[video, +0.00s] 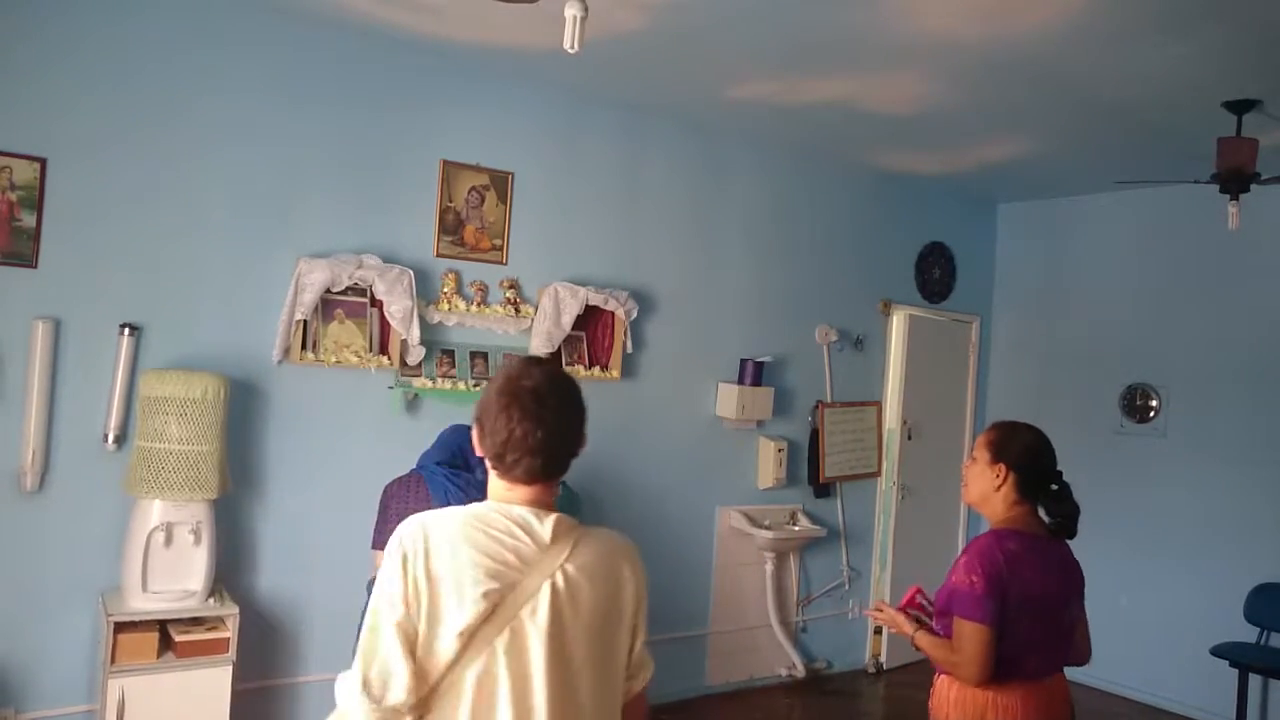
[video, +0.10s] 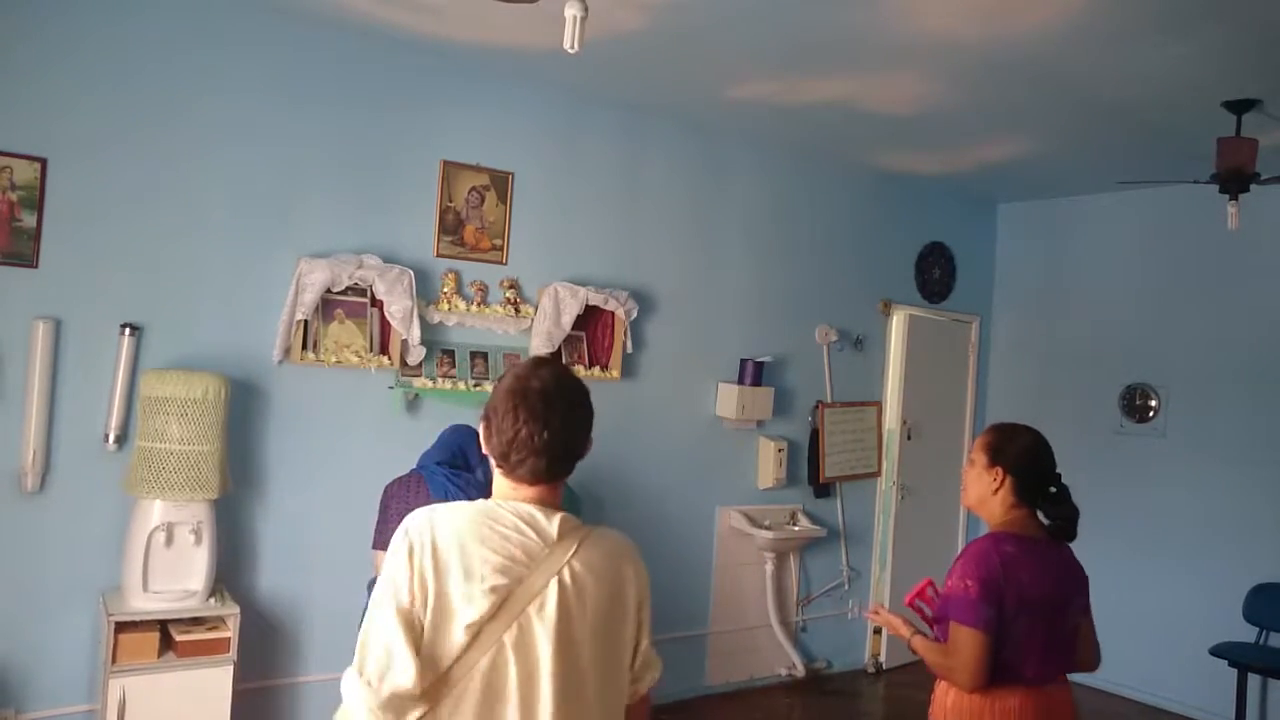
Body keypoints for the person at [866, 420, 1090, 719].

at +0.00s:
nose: (963, 468)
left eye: (972, 459)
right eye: (968, 458)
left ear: (999, 475)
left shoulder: (983, 554)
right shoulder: (1059, 551)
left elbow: (972, 668)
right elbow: (1079, 652)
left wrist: (912, 630)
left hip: (982, 701)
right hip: (1048, 696)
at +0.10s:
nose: (962, 472)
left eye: (971, 462)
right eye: (967, 462)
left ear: (997, 478)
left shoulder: (981, 557)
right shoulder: (1062, 556)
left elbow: (968, 673)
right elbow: (1086, 657)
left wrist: (910, 636)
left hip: (982, 703)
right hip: (1050, 700)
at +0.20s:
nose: (962, 478)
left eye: (970, 468)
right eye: (966, 467)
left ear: (995, 483)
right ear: (1036, 487)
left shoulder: (978, 561)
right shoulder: (1066, 562)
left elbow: (966, 680)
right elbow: (1096, 665)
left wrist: (908, 639)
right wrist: (1021, 654)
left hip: (986, 707)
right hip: (1057, 706)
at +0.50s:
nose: (966, 482)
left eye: (971, 471)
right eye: (969, 470)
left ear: (995, 484)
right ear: (1041, 482)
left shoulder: (973, 564)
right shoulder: (1081, 565)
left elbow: (962, 686)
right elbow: (1114, 666)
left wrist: (910, 646)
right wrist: (1041, 666)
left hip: (989, 709)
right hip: (1069, 709)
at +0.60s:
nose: (967, 480)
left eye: (972, 470)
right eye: (970, 469)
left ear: (995, 484)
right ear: (1043, 481)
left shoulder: (974, 566)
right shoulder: (1085, 564)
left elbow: (960, 687)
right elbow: (1116, 665)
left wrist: (914, 644)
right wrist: (1042, 661)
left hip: (989, 710)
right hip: (1072, 709)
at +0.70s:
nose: (969, 481)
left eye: (974, 470)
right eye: (972, 469)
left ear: (996, 486)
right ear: (1046, 482)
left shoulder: (976, 566)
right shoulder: (1089, 564)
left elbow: (962, 689)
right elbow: (1122, 665)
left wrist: (918, 643)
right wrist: (1045, 656)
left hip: (995, 710)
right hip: (1079, 709)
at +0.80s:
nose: (970, 484)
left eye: (974, 474)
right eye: (973, 473)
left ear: (995, 490)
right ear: (1047, 485)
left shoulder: (977, 571)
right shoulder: (1093, 566)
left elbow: (965, 694)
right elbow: (1128, 667)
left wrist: (918, 642)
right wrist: (1050, 658)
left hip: (1002, 712)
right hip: (1087, 712)